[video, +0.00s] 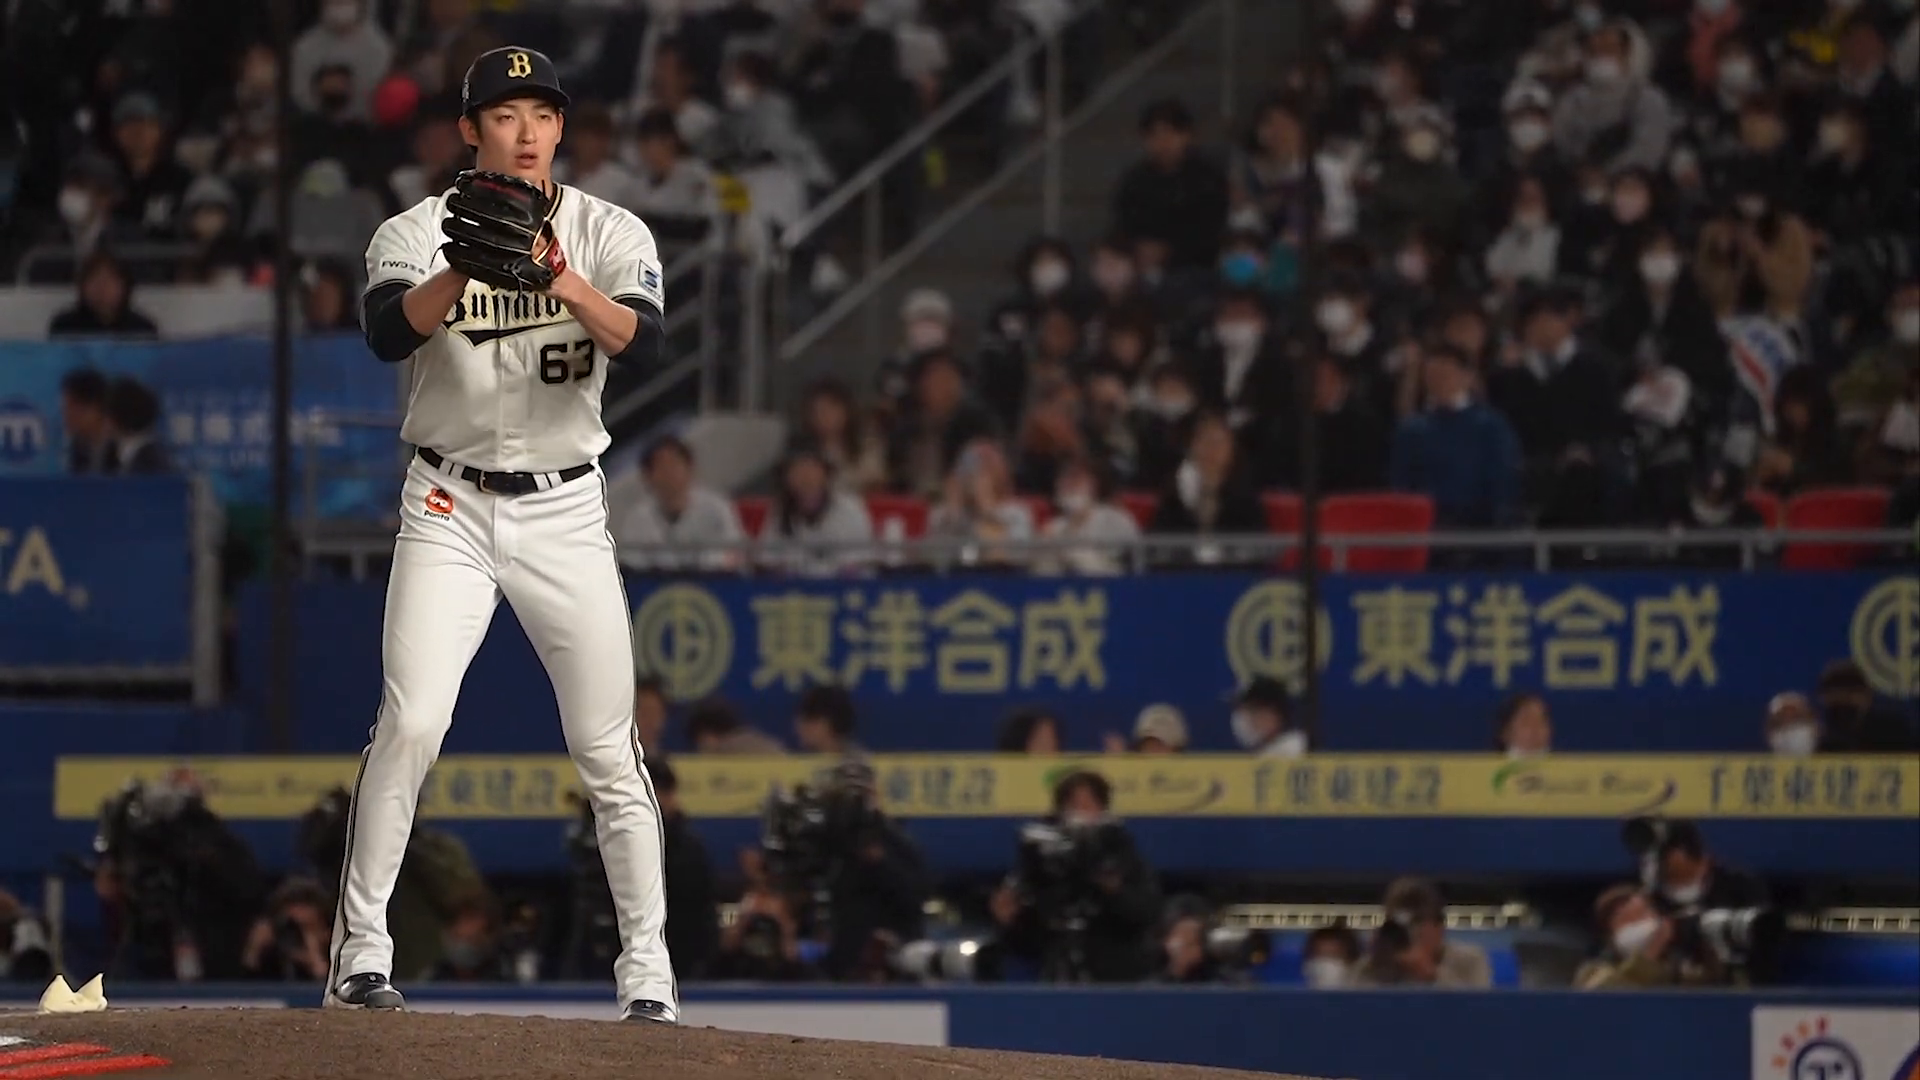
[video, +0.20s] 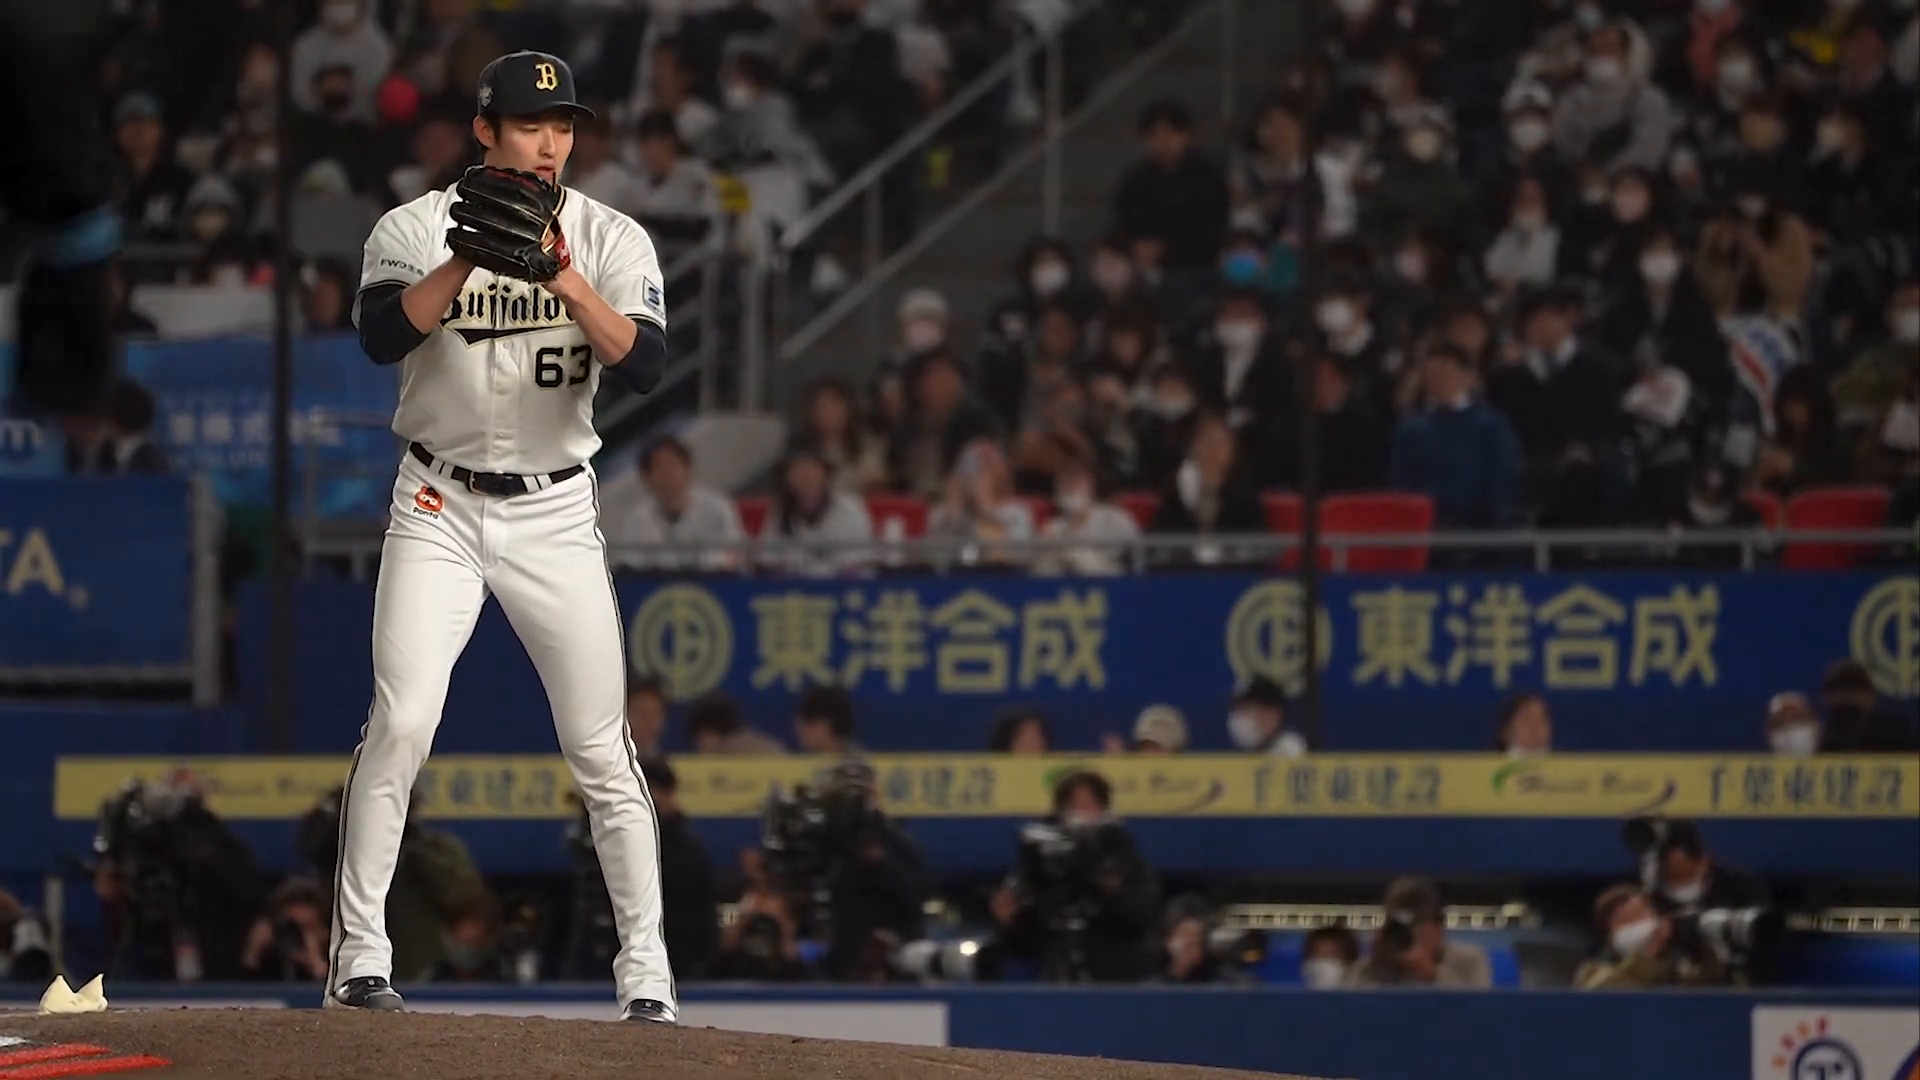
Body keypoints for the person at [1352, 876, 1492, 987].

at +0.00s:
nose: (1408, 934)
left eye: (1417, 925)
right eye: (1400, 926)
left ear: (1438, 927)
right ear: (1390, 927)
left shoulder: (1470, 964)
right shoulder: (1369, 967)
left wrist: (1427, 972)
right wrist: (1376, 971)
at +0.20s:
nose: (1406, 935)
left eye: (1415, 926)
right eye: (1398, 926)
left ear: (1438, 929)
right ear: (1388, 928)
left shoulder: (1469, 963)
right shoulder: (1367, 968)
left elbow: (1476, 1011)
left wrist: (1426, 970)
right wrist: (1377, 968)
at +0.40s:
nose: (1405, 935)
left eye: (1414, 926)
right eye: (1397, 926)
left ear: (1438, 930)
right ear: (1387, 928)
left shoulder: (1470, 962)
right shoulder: (1368, 966)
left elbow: (1476, 1010)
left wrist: (1427, 970)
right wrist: (1376, 966)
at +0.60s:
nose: (1405, 934)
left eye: (1415, 925)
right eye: (1398, 925)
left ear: (1439, 930)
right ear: (1387, 927)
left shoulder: (1471, 962)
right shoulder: (1364, 970)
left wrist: (1429, 971)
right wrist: (1375, 968)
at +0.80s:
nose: (1406, 934)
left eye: (1416, 925)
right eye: (1398, 925)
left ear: (1439, 930)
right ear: (1388, 926)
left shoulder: (1471, 963)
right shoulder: (1369, 969)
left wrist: (1428, 969)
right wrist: (1375, 967)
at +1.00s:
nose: (1406, 933)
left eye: (1416, 924)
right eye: (1398, 924)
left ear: (1439, 930)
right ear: (1387, 925)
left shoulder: (1471, 962)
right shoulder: (1368, 969)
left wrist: (1429, 968)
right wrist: (1376, 966)